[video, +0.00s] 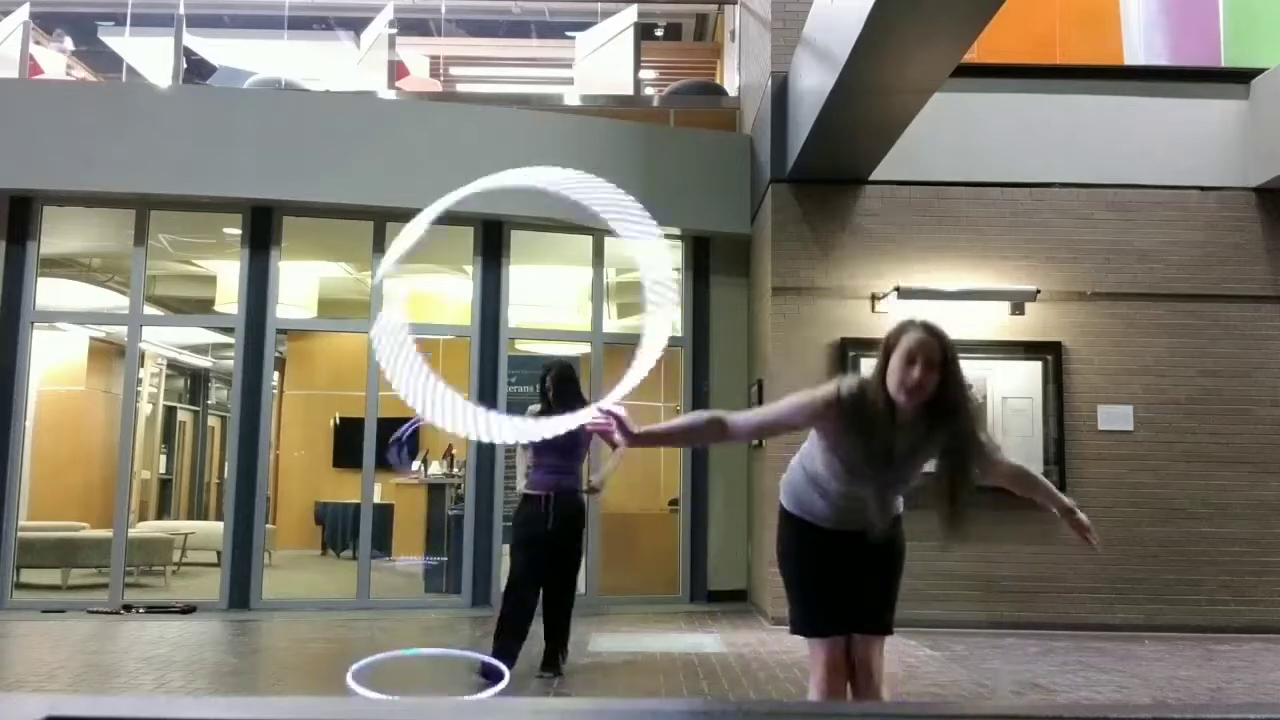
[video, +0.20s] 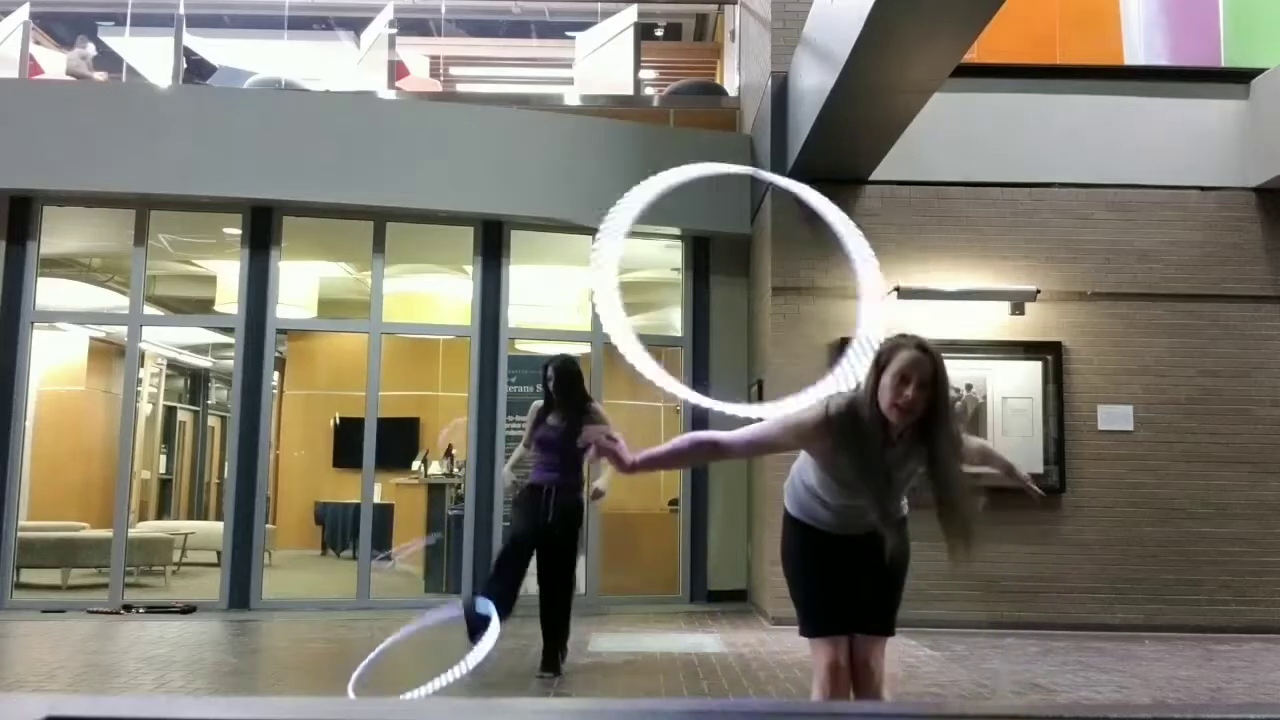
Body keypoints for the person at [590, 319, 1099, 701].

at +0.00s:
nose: (919, 374)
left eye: (931, 366)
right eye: (910, 361)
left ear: (942, 376)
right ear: (887, 362)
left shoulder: (940, 427)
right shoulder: (841, 400)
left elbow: (1003, 471)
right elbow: (732, 426)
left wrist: (1065, 506)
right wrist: (636, 436)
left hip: (878, 527)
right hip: (811, 520)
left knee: (866, 659)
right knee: (829, 659)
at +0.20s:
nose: (910, 394)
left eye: (922, 386)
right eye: (901, 380)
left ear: (932, 394)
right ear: (878, 378)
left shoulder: (928, 433)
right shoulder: (833, 416)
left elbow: (982, 453)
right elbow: (725, 443)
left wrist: (1025, 481)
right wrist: (636, 462)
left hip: (882, 530)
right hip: (814, 526)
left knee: (868, 662)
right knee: (833, 661)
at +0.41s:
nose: (902, 361)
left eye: (914, 353)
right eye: (894, 347)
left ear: (924, 362)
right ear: (870, 348)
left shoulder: (922, 409)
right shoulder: (834, 406)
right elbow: (736, 464)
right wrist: (656, 514)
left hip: (890, 529)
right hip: (823, 528)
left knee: (877, 669)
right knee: (843, 669)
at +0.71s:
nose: (879, 319)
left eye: (888, 309)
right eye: (868, 308)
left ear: (901, 316)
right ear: (846, 317)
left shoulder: (920, 356)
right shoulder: (826, 386)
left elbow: (1005, 369)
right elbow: (760, 479)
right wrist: (723, 544)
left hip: (884, 520)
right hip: (819, 522)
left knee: (875, 669)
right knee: (843, 669)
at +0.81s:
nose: (879, 307)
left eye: (888, 298)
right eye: (867, 297)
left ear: (899, 308)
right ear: (844, 307)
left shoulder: (920, 364)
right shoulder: (817, 378)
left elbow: (1000, 422)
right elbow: (766, 468)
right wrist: (750, 532)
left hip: (884, 519)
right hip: (818, 520)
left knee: (875, 665)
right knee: (841, 666)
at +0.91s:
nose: (888, 296)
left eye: (897, 288)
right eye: (877, 287)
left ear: (907, 301)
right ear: (854, 299)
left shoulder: (929, 373)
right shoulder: (819, 366)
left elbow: (980, 462)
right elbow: (778, 450)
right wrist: (770, 508)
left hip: (886, 520)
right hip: (819, 518)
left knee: (865, 661)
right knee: (842, 662)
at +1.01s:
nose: (901, 286)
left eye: (910, 279)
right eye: (888, 277)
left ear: (918, 293)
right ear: (864, 289)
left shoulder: (936, 370)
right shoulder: (822, 355)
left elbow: (973, 460)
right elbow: (789, 437)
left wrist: (960, 499)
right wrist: (774, 500)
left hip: (891, 522)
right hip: (823, 520)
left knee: (878, 664)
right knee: (846, 665)